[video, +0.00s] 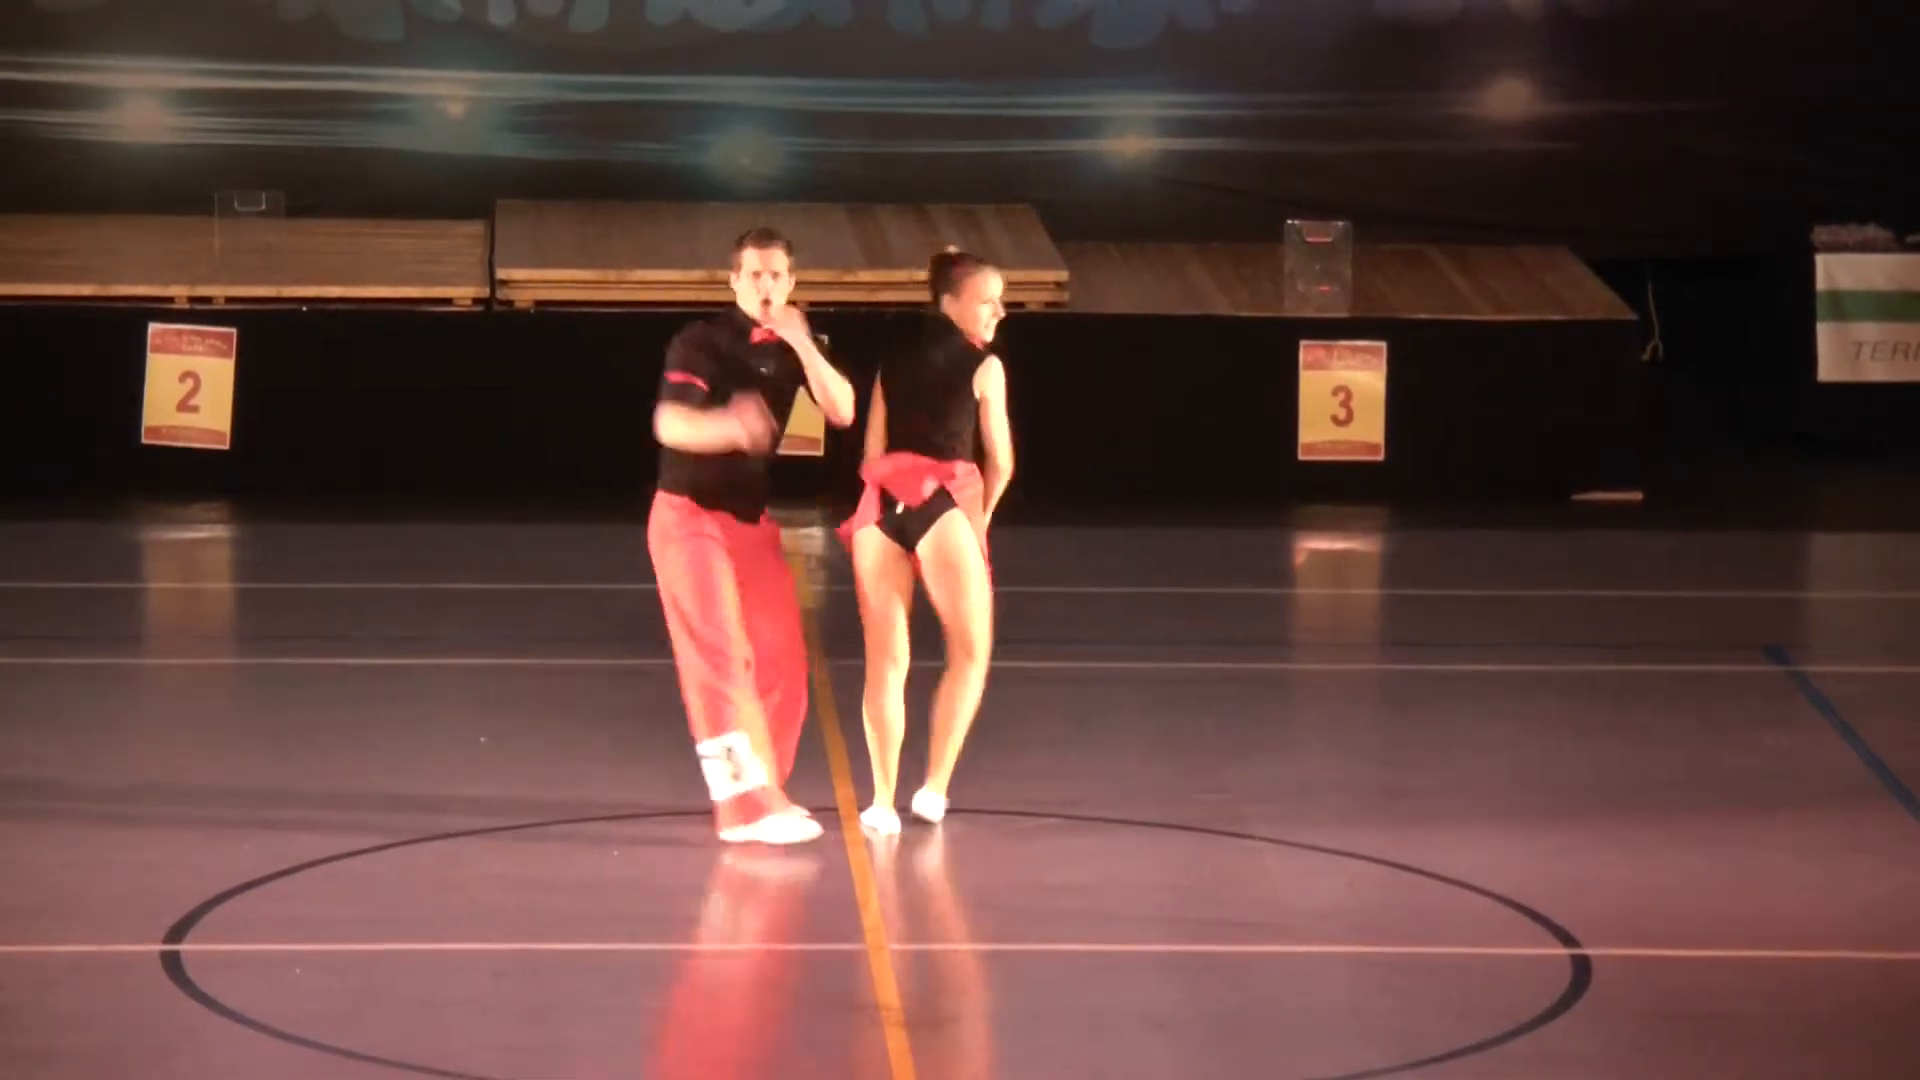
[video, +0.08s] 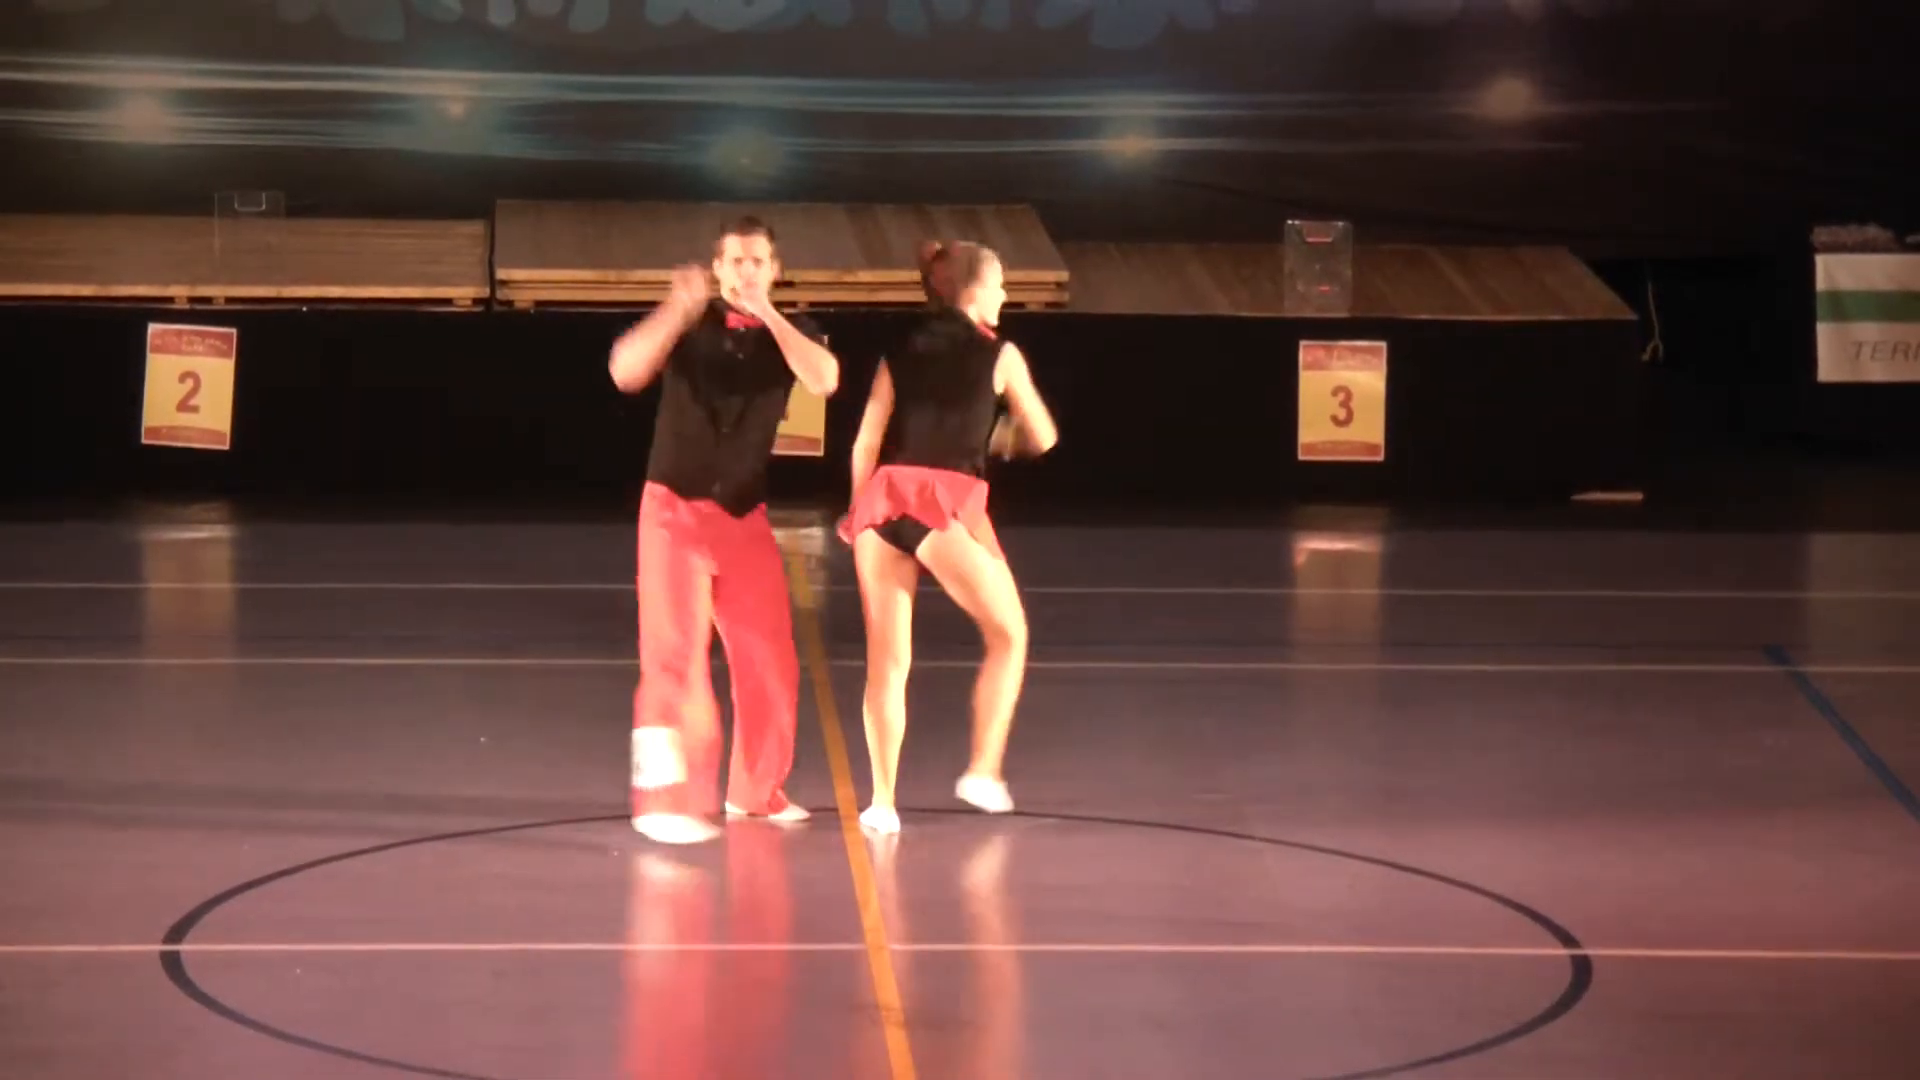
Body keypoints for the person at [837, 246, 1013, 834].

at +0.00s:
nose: (998, 313)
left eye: (998, 302)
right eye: (989, 301)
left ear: (943, 302)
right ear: (953, 300)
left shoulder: (891, 360)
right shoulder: (982, 364)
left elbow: (873, 450)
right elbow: (1000, 462)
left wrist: (879, 508)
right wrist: (978, 518)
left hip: (876, 503)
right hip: (943, 502)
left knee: (884, 661)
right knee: (969, 653)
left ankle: (882, 801)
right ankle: (934, 788)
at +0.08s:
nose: (1003, 298)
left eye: (1002, 286)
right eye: (998, 287)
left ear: (946, 292)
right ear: (974, 292)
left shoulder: (899, 352)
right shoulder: (1000, 355)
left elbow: (865, 441)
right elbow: (1042, 435)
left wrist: (864, 510)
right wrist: (999, 441)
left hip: (880, 508)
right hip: (945, 511)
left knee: (886, 661)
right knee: (1007, 634)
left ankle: (882, 802)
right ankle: (983, 774)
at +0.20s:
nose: (1000, 290)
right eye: (998, 283)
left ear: (940, 286)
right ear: (991, 289)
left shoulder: (914, 347)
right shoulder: (1018, 347)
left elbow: (894, 435)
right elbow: (1079, 417)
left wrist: (854, 465)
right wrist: (1084, 384)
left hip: (909, 491)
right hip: (979, 496)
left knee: (893, 655)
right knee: (1036, 647)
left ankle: (886, 803)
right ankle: (1078, 782)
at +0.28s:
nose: (924, 298)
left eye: (932, 289)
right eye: (999, 290)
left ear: (945, 298)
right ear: (994, 298)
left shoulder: (922, 361)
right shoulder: (1020, 367)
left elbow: (882, 451)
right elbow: (1056, 452)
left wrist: (851, 418)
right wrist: (1094, 446)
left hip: (960, 530)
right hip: (1029, 524)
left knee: (886, 654)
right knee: (1053, 657)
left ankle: (897, 799)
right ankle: (1085, 797)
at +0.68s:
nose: (977, 322)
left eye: (978, 314)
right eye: (981, 313)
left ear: (986, 320)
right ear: (1031, 317)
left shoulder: (975, 395)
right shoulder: (1071, 374)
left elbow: (961, 494)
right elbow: (1123, 448)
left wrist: (910, 443)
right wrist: (1128, 406)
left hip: (969, 534)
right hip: (1038, 538)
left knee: (905, 661)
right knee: (1086, 669)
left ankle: (905, 802)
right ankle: (1078, 801)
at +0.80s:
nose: (1003, 326)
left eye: (999, 316)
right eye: (1053, 315)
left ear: (999, 324)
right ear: (1052, 326)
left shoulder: (966, 386)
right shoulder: (1072, 404)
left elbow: (917, 456)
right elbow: (1078, 500)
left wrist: (891, 400)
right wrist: (1123, 480)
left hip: (1005, 556)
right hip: (1075, 547)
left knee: (913, 658)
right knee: (1087, 670)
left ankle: (915, 802)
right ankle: (1081, 801)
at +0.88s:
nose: (1008, 334)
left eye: (1007, 324)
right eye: (1061, 329)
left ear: (1005, 330)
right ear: (1059, 337)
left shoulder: (969, 385)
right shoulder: (1071, 416)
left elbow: (907, 444)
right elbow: (1061, 509)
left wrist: (888, 399)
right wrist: (1111, 490)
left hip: (1011, 559)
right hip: (1082, 550)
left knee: (913, 660)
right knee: (1093, 670)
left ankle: (914, 802)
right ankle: (1083, 802)